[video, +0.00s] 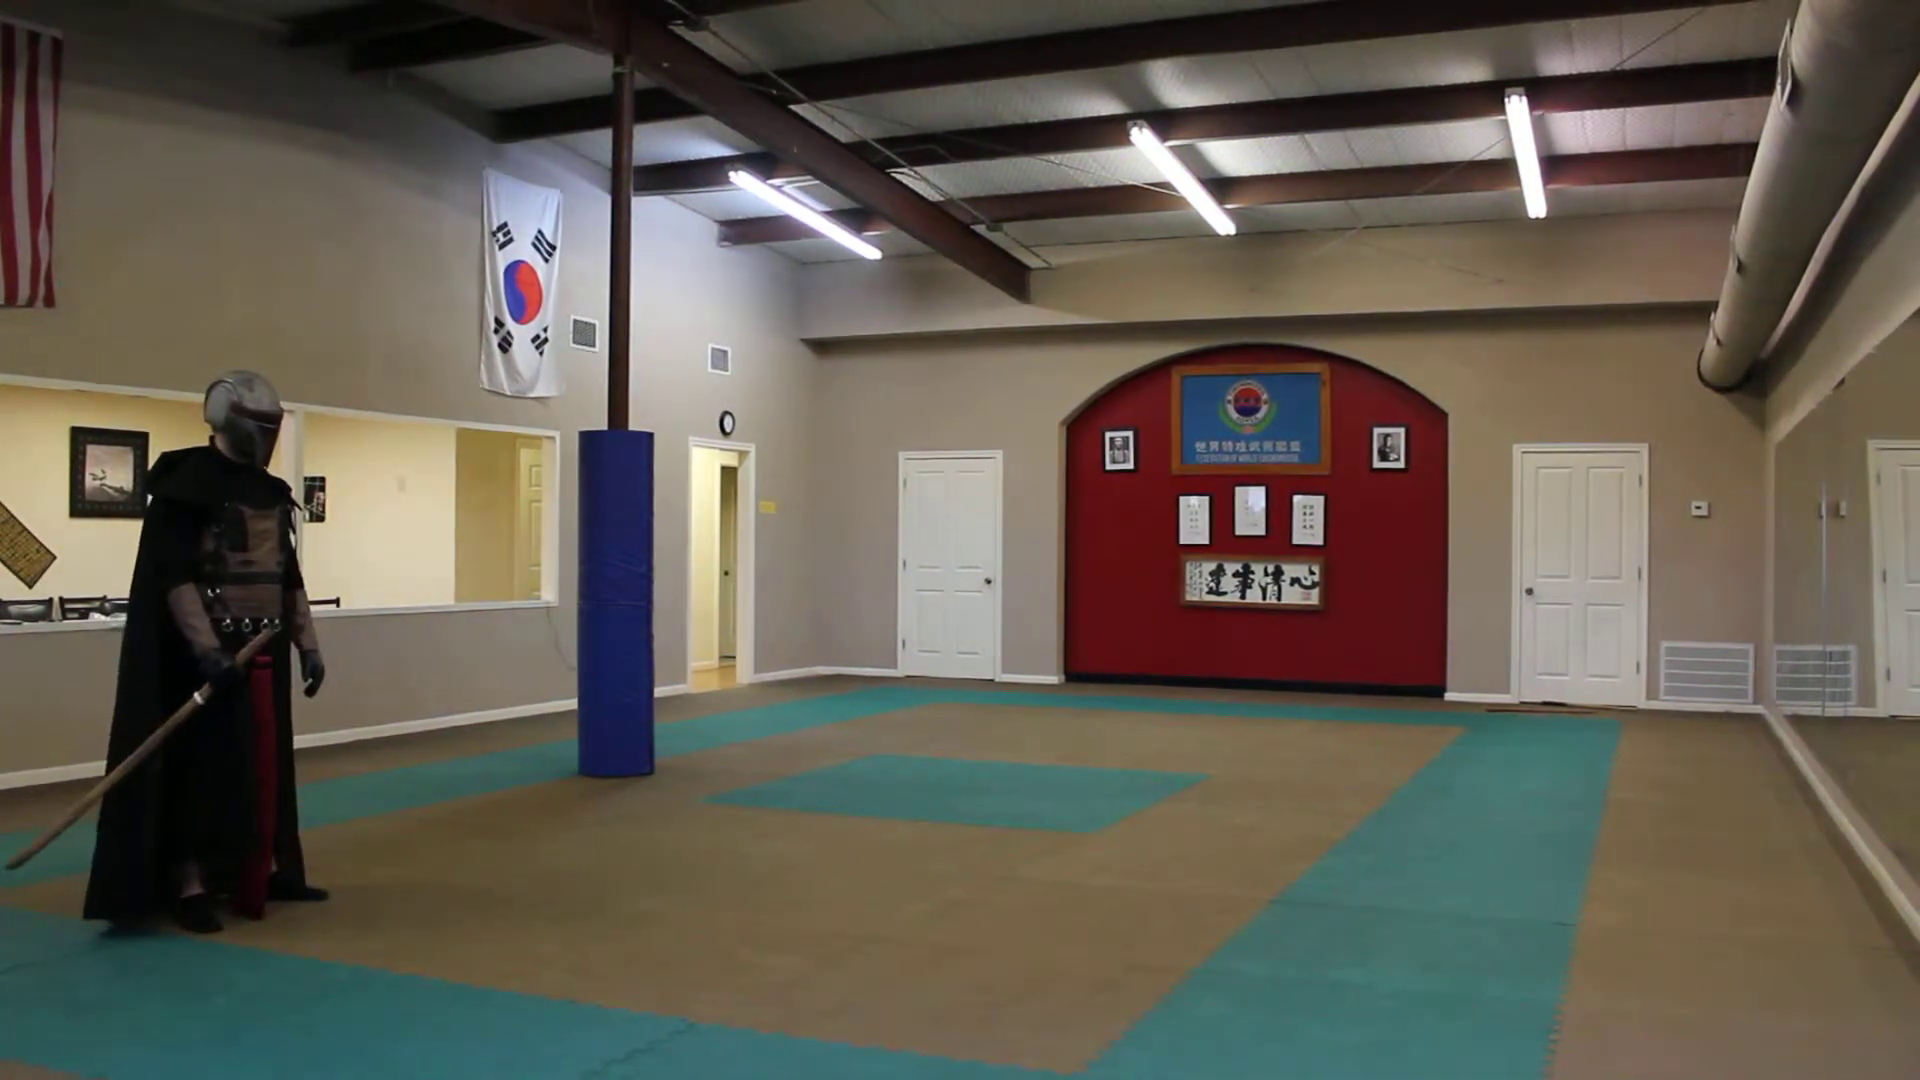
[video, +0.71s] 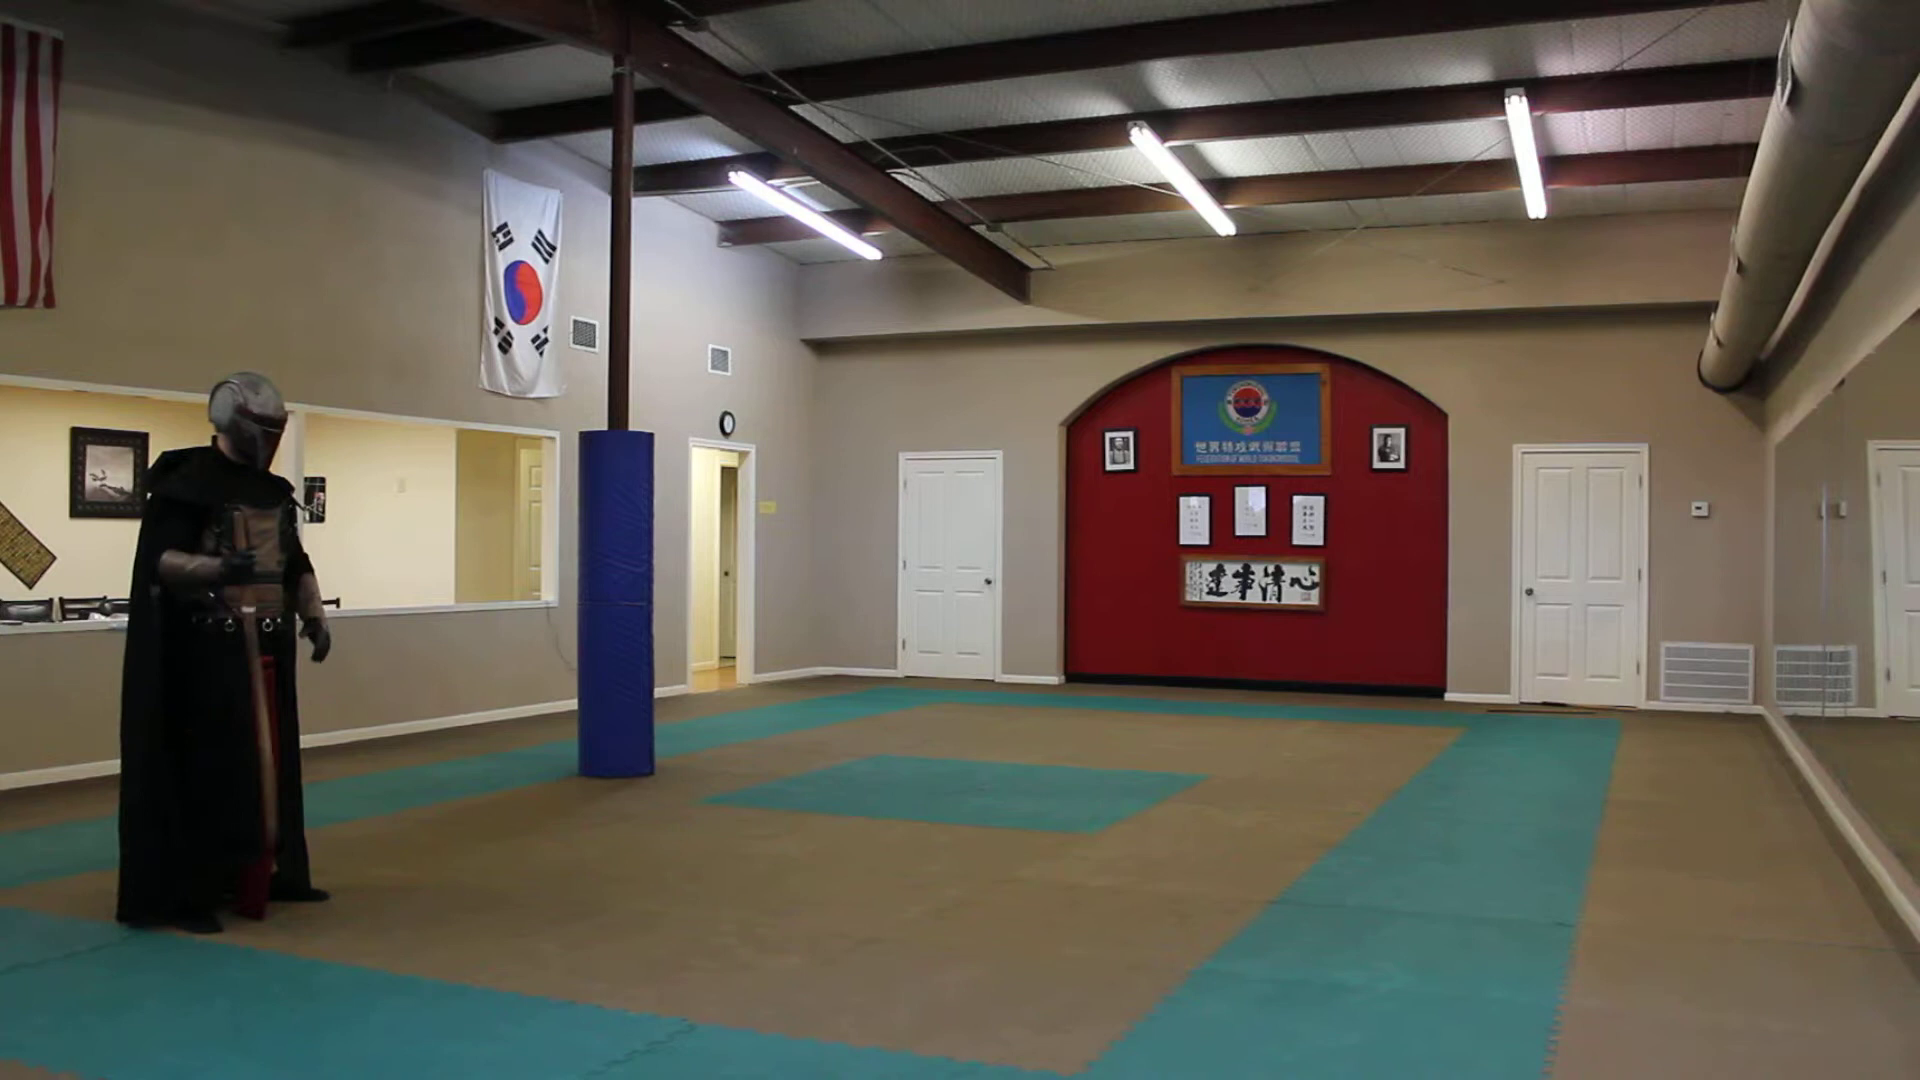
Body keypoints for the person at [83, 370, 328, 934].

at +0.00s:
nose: (273, 435)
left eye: (275, 424)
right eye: (263, 424)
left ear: (273, 424)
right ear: (230, 420)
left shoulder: (274, 495)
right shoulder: (186, 482)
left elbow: (288, 579)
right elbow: (173, 577)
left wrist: (309, 645)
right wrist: (210, 651)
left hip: (262, 658)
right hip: (199, 655)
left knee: (264, 766)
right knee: (198, 769)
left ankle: (265, 873)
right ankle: (191, 884)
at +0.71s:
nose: (276, 437)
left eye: (279, 427)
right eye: (268, 427)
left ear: (270, 427)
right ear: (232, 422)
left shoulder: (274, 493)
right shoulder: (185, 477)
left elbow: (295, 564)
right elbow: (158, 560)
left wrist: (315, 614)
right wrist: (219, 567)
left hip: (264, 652)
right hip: (198, 651)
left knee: (271, 762)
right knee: (199, 766)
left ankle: (273, 877)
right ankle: (187, 893)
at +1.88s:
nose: (279, 456)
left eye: (285, 446)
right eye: (273, 443)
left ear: (283, 442)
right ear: (250, 432)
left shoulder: (286, 494)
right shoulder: (203, 484)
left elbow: (305, 547)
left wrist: (325, 568)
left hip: (277, 654)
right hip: (216, 659)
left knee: (280, 767)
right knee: (216, 768)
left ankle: (277, 880)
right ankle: (200, 887)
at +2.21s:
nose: (281, 447)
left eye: (287, 437)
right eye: (273, 435)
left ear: (289, 435)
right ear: (243, 429)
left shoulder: (286, 487)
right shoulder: (204, 483)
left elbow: (305, 541)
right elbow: (210, 549)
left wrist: (324, 565)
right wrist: (218, 474)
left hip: (278, 647)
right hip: (218, 651)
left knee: (281, 765)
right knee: (212, 767)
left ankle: (276, 882)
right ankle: (194, 892)